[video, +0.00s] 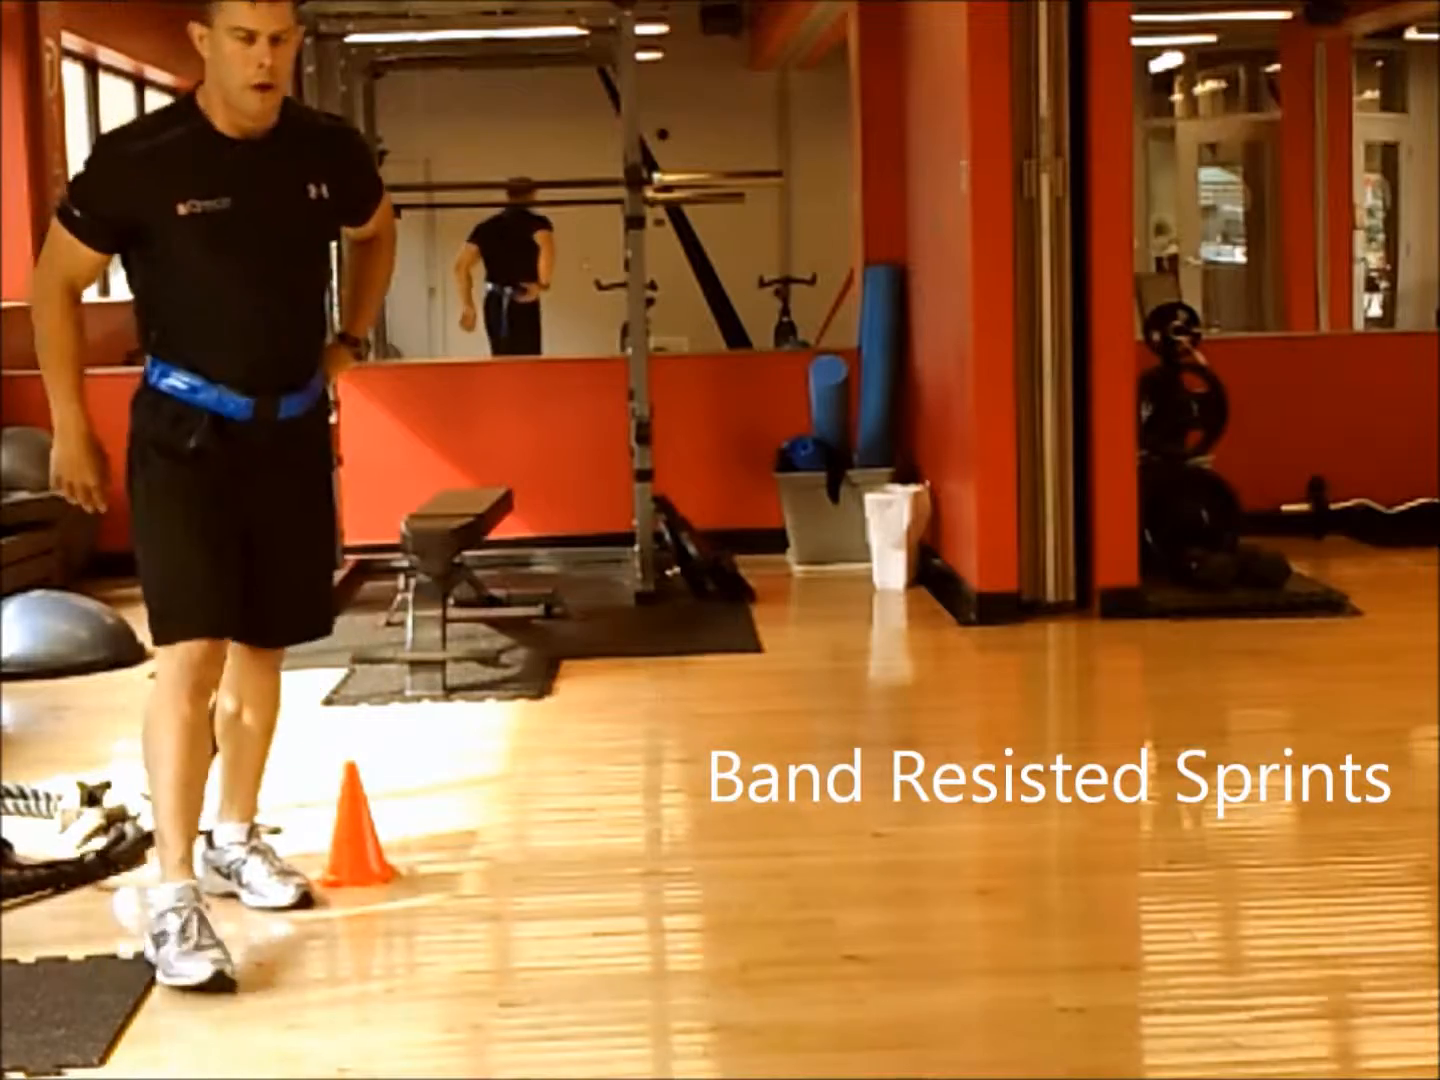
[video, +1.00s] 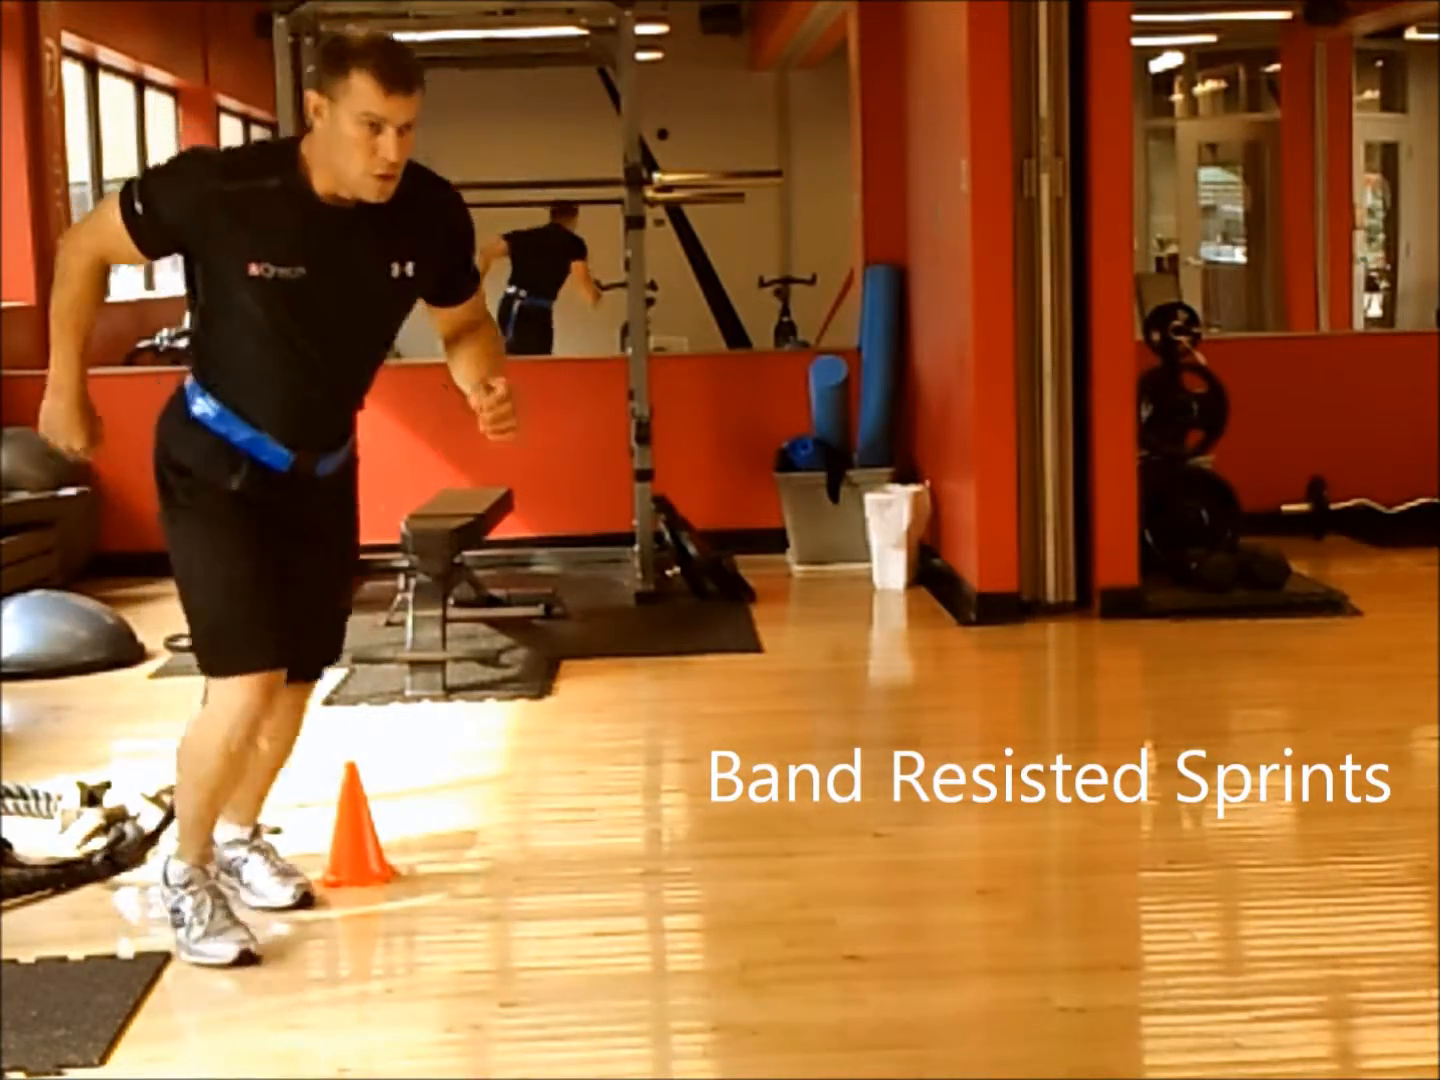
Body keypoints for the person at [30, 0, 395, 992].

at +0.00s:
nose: (267, 59)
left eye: (282, 39)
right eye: (246, 36)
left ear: (299, 44)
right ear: (202, 40)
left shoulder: (333, 151)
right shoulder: (135, 159)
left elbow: (375, 234)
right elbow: (54, 285)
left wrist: (351, 335)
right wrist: (71, 430)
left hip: (291, 435)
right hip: (183, 435)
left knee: (262, 649)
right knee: (192, 656)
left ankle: (234, 835)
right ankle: (173, 894)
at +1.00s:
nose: (394, 149)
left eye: (406, 128)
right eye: (373, 126)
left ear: (418, 125)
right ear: (318, 113)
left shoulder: (427, 214)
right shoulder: (216, 187)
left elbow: (467, 326)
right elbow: (83, 249)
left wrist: (485, 384)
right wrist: (65, 387)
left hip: (320, 473)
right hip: (216, 462)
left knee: (296, 678)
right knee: (246, 678)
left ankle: (236, 837)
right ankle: (183, 872)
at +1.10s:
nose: (419, 179)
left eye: (430, 155)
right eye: (397, 154)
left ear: (442, 150)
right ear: (336, 141)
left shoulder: (450, 239)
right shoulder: (237, 220)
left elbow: (470, 344)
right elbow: (108, 310)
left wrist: (482, 460)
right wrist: (136, 471)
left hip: (352, 499)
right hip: (236, 493)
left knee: (362, 718)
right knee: (251, 709)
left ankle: (259, 794)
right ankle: (187, 875)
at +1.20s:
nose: (460, 170)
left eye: (472, 146)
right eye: (437, 144)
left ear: (485, 143)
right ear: (374, 137)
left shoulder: (491, 226)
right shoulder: (284, 215)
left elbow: (493, 318)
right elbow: (197, 367)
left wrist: (477, 428)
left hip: (400, 493)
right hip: (272, 494)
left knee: (441, 709)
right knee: (245, 715)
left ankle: (350, 802)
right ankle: (191, 877)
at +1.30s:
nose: (560, 127)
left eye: (572, 105)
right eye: (538, 103)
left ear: (582, 101)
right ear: (469, 90)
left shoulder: (570, 184)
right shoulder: (372, 169)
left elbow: (541, 294)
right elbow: (289, 333)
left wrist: (523, 359)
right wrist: (453, 320)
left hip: (464, 467)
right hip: (332, 468)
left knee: (515, 668)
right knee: (280, 672)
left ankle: (482, 914)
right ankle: (205, 850)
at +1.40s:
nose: (660, 133)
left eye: (677, 111)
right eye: (637, 105)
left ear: (688, 108)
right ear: (570, 86)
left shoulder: (659, 186)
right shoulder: (457, 164)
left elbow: (603, 295)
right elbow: (339, 317)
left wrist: (606, 387)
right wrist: (505, 409)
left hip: (536, 474)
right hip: (403, 469)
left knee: (590, 709)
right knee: (374, 730)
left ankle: (535, 971)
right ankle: (234, 763)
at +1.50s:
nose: (746, 120)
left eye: (764, 95)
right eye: (726, 90)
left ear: (776, 88)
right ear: (651, 63)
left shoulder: (744, 192)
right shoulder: (525, 157)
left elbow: (737, 332)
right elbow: (371, 275)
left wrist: (755, 435)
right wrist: (368, 457)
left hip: (611, 488)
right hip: (482, 486)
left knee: (616, 742)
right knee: (500, 771)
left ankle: (534, 972)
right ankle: (327, 741)